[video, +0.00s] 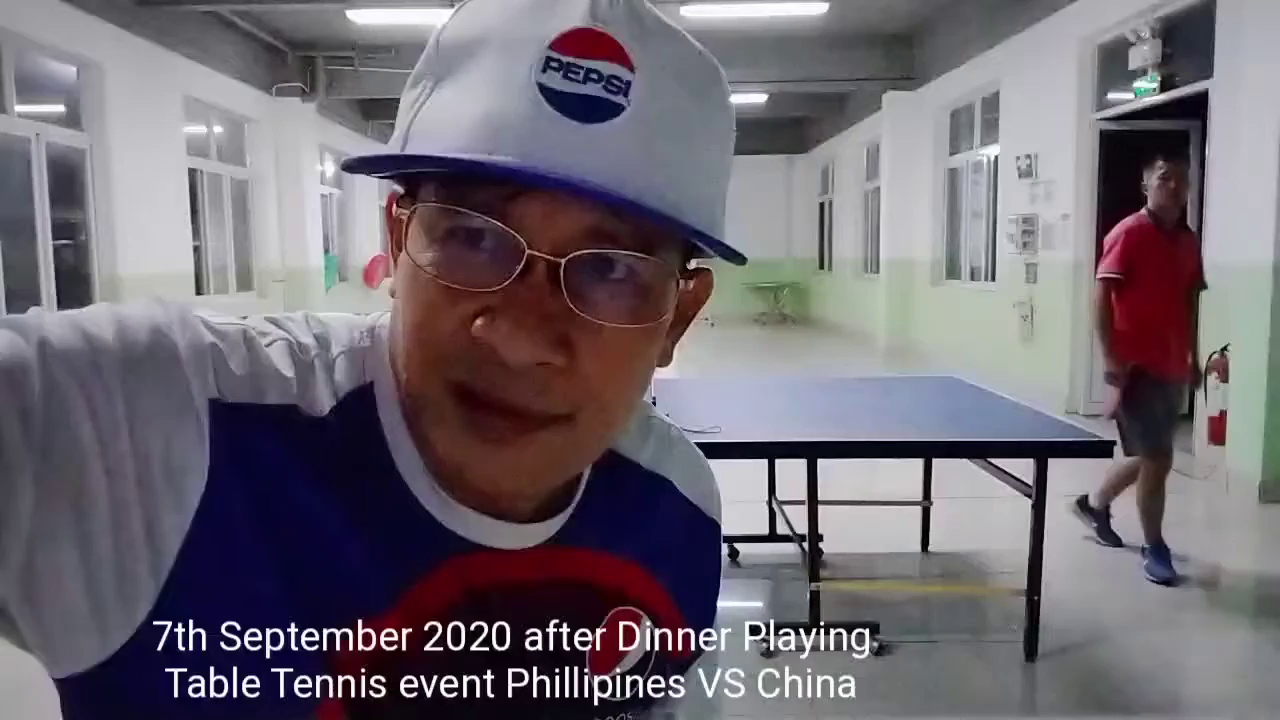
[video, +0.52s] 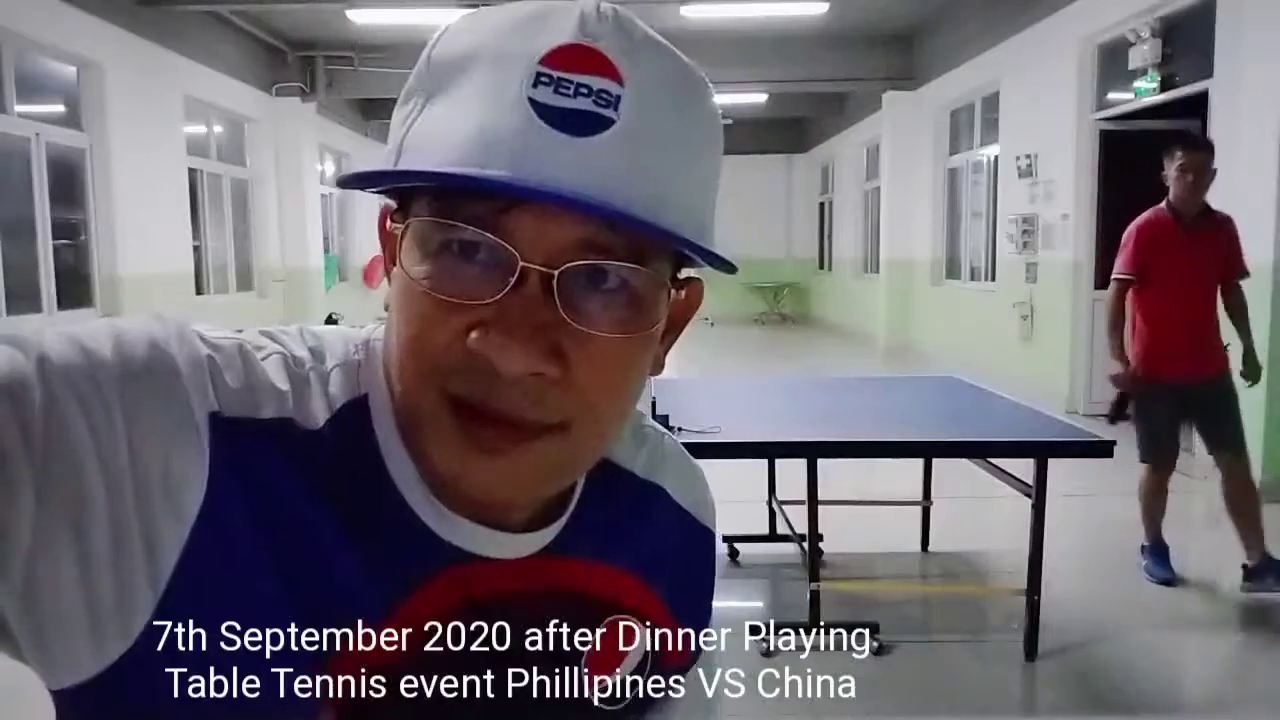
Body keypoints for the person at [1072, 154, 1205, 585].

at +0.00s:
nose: (1172, 186)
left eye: (1178, 180)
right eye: (1164, 178)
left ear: (1186, 188)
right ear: (1146, 186)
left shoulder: (1188, 241)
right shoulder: (1128, 233)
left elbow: (1190, 303)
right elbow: (1102, 295)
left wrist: (1193, 357)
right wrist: (1108, 357)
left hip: (1173, 363)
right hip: (1134, 362)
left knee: (1151, 454)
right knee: (1155, 457)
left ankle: (1094, 503)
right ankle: (1155, 549)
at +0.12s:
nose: (1176, 179)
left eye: (1184, 173)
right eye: (1169, 172)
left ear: (1194, 179)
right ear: (1152, 177)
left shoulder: (1198, 231)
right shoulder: (1132, 228)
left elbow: (1204, 287)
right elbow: (1113, 294)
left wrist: (1230, 323)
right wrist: (1123, 351)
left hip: (1187, 361)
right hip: (1144, 361)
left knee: (1196, 455)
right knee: (1152, 461)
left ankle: (1135, 507)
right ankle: (1154, 548)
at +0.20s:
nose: (1177, 178)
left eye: (1185, 172)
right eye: (1169, 171)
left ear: (1194, 178)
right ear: (1153, 176)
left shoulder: (1201, 229)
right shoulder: (1133, 228)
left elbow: (1212, 282)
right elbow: (1113, 295)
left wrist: (1235, 310)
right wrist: (1126, 349)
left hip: (1191, 365)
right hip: (1145, 364)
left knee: (1204, 457)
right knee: (1150, 461)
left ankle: (1165, 525)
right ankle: (1151, 547)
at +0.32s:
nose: (1182, 180)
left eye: (1190, 173)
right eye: (1174, 173)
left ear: (1200, 180)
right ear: (1157, 180)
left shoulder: (1211, 231)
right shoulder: (1138, 231)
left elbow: (1223, 286)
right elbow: (1113, 294)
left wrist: (1245, 316)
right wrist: (1125, 353)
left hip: (1199, 369)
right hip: (1149, 370)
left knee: (1217, 462)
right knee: (1160, 464)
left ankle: (1220, 554)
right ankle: (1154, 549)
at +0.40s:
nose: (1184, 182)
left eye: (1192, 174)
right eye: (1176, 174)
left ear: (1205, 180)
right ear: (1160, 180)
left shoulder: (1216, 232)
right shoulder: (1140, 233)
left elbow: (1227, 290)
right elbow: (1114, 299)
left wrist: (1249, 332)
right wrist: (1124, 359)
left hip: (1203, 372)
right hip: (1152, 374)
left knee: (1226, 467)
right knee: (1160, 465)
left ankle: (1241, 559)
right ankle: (1153, 549)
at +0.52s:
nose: (1193, 179)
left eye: (1201, 172)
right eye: (1184, 171)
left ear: (1211, 176)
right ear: (1167, 174)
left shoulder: (1221, 227)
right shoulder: (1143, 229)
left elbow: (1231, 290)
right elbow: (1117, 294)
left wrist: (1248, 346)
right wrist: (1116, 356)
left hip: (1208, 369)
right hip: (1154, 372)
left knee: (1236, 464)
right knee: (1157, 466)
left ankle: (1257, 561)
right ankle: (1153, 547)